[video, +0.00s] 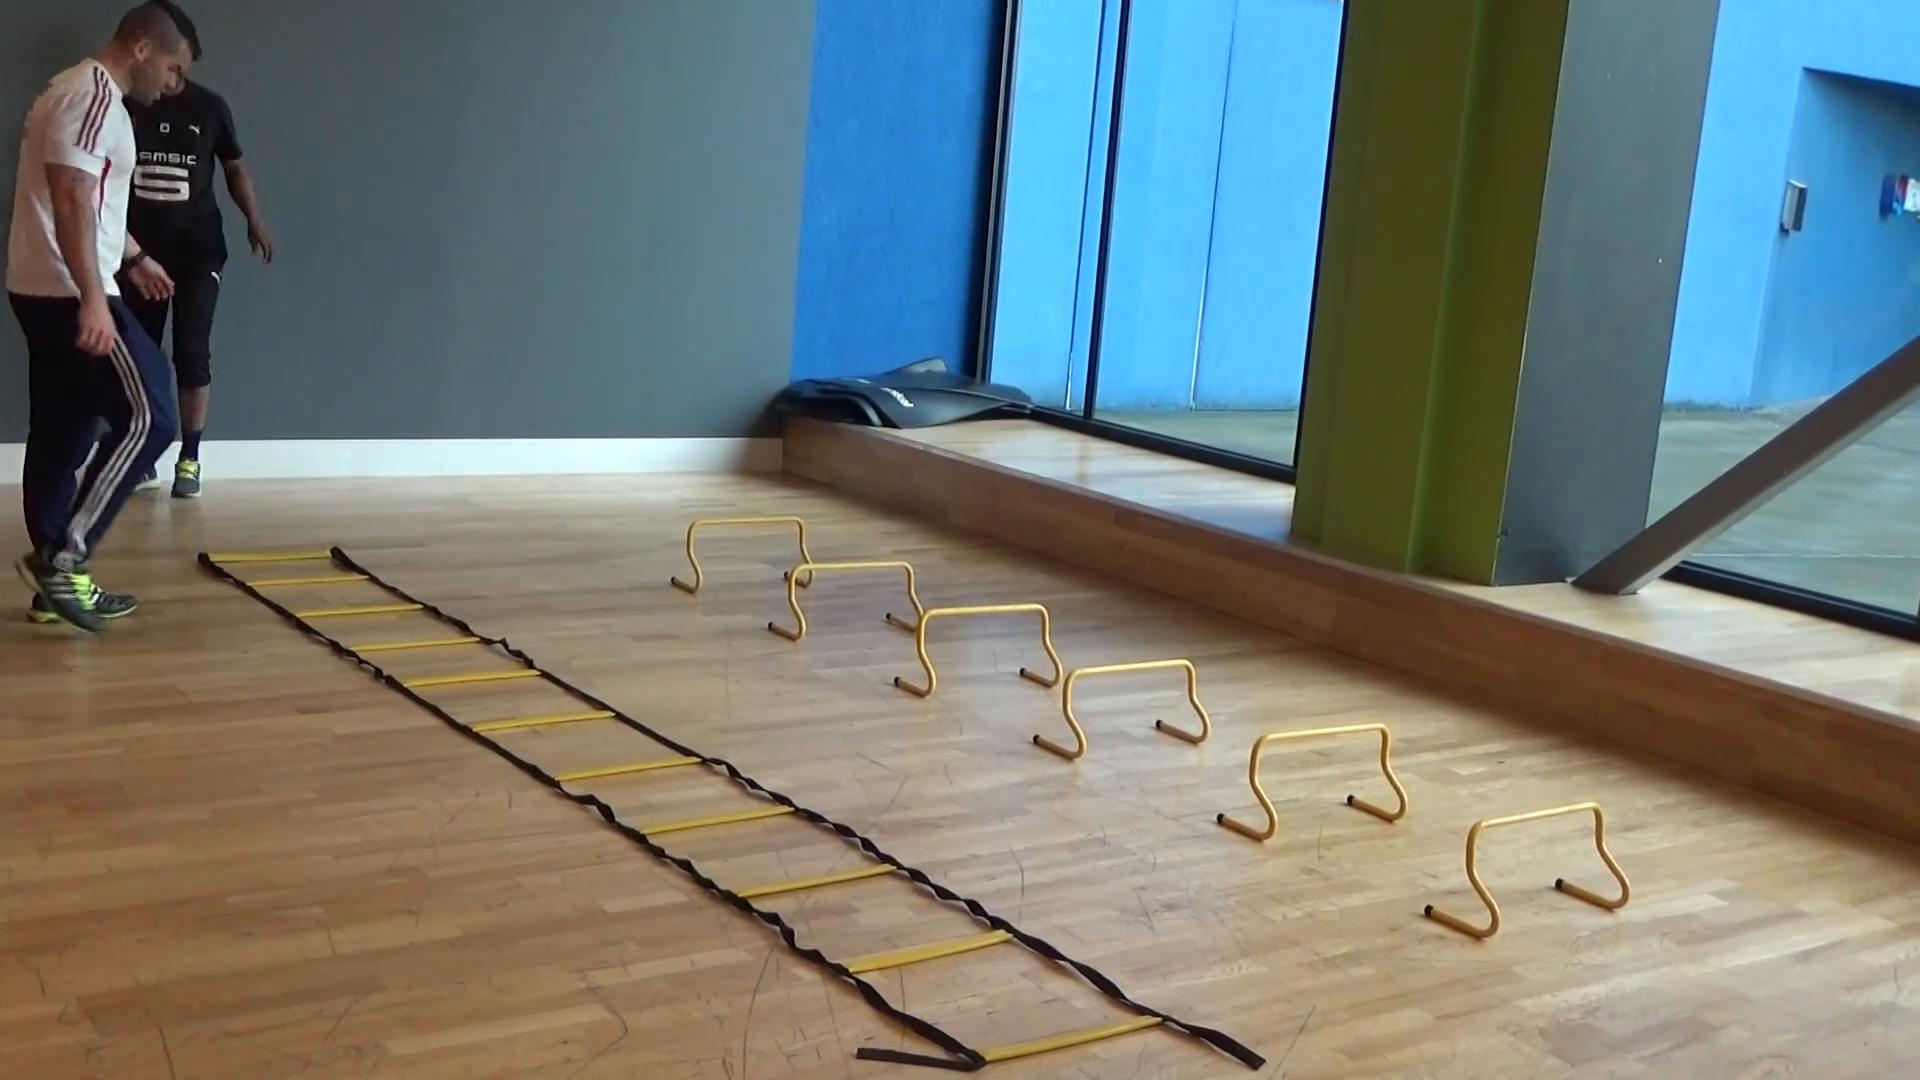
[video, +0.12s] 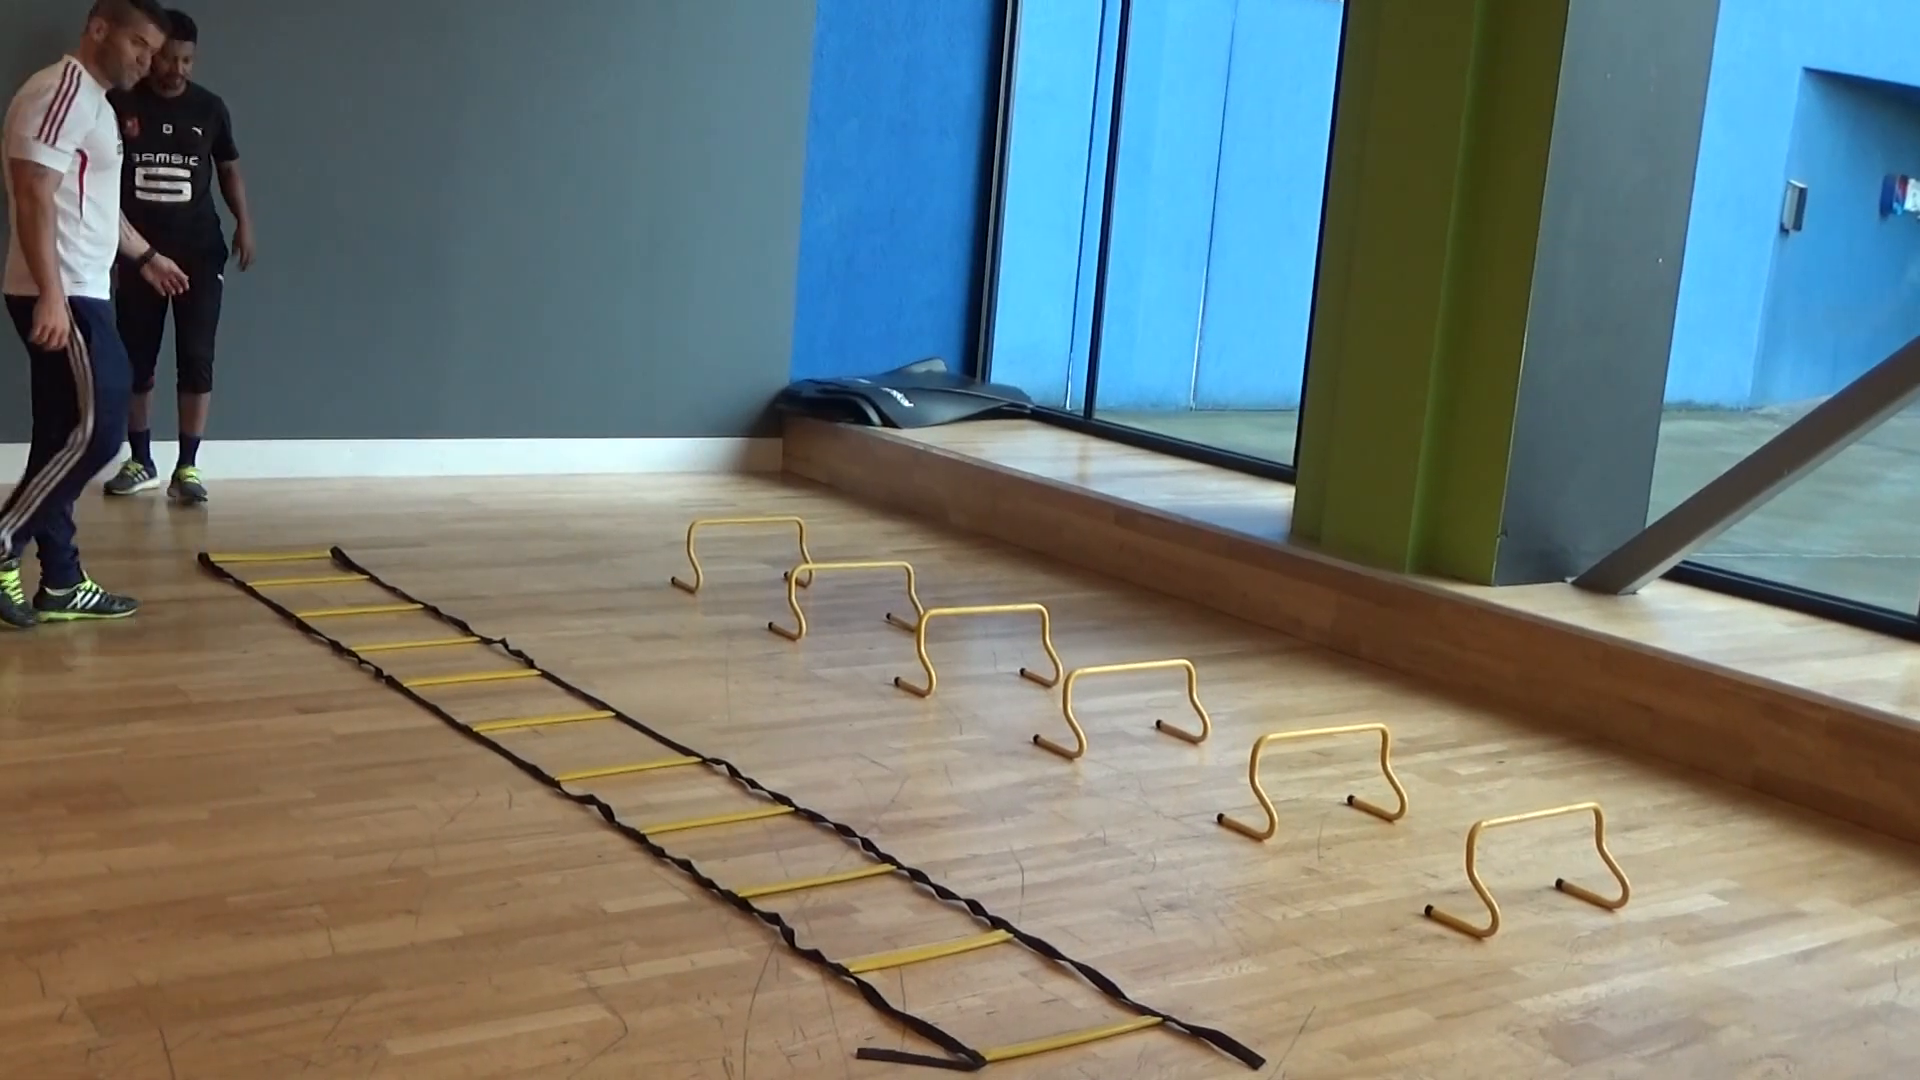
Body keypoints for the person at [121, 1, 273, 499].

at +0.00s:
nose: (178, 73)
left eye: (186, 64)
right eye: (172, 63)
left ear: (194, 60)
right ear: (152, 55)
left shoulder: (210, 108)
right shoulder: (123, 104)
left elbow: (234, 169)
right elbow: (100, 181)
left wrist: (254, 220)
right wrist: (117, 245)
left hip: (197, 254)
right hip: (137, 253)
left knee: (191, 357)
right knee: (136, 355)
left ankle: (189, 459)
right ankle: (140, 455)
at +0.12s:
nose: (179, 70)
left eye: (187, 60)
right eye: (170, 59)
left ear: (195, 60)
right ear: (148, 55)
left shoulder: (210, 108)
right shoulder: (117, 105)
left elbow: (229, 169)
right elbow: (94, 179)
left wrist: (244, 224)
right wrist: (111, 240)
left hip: (198, 256)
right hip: (134, 254)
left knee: (196, 363)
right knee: (137, 362)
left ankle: (187, 469)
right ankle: (139, 461)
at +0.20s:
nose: (181, 73)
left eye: (190, 63)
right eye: (172, 62)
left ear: (199, 61)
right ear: (152, 57)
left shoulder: (213, 109)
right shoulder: (119, 108)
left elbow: (228, 172)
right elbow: (97, 184)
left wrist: (237, 227)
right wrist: (113, 245)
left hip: (200, 260)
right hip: (136, 258)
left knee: (197, 367)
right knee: (136, 366)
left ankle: (188, 471)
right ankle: (140, 462)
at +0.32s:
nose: (191, 75)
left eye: (200, 65)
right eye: (182, 64)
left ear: (209, 62)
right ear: (161, 58)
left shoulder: (222, 111)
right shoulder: (130, 106)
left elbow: (234, 176)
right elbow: (105, 175)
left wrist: (228, 236)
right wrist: (112, 236)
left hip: (203, 259)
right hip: (141, 256)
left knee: (200, 366)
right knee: (128, 360)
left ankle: (187, 471)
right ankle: (134, 450)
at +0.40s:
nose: (198, 78)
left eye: (207, 69)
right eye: (188, 67)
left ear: (216, 65)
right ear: (167, 59)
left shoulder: (229, 114)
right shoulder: (137, 106)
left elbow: (245, 178)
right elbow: (105, 174)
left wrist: (231, 237)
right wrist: (114, 243)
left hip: (207, 258)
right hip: (145, 255)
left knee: (202, 365)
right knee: (128, 358)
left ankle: (187, 472)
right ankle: (128, 445)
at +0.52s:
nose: (205, 79)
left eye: (214, 70)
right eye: (196, 68)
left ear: (224, 65)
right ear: (175, 59)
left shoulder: (235, 114)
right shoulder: (143, 104)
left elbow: (252, 179)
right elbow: (112, 169)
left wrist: (240, 238)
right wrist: (114, 237)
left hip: (210, 256)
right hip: (149, 252)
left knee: (202, 367)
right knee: (143, 358)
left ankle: (187, 473)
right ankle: (137, 459)